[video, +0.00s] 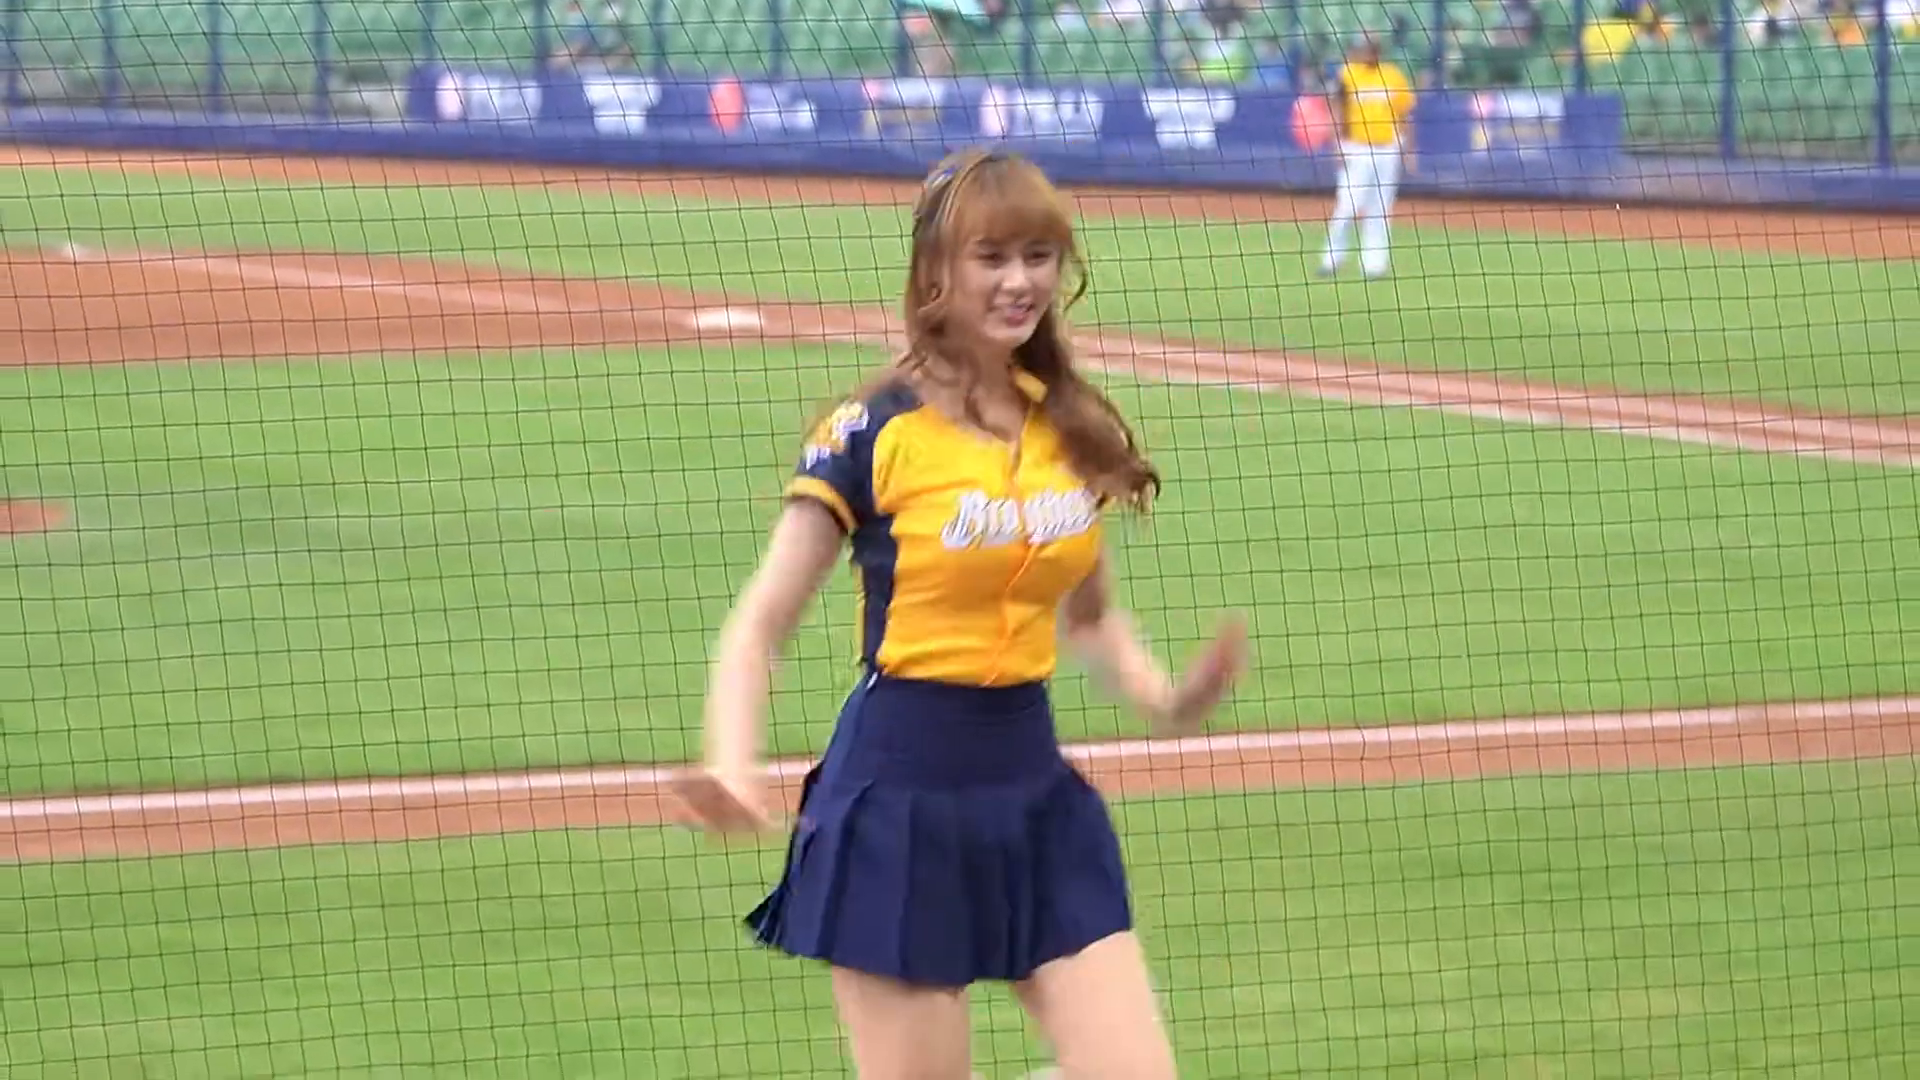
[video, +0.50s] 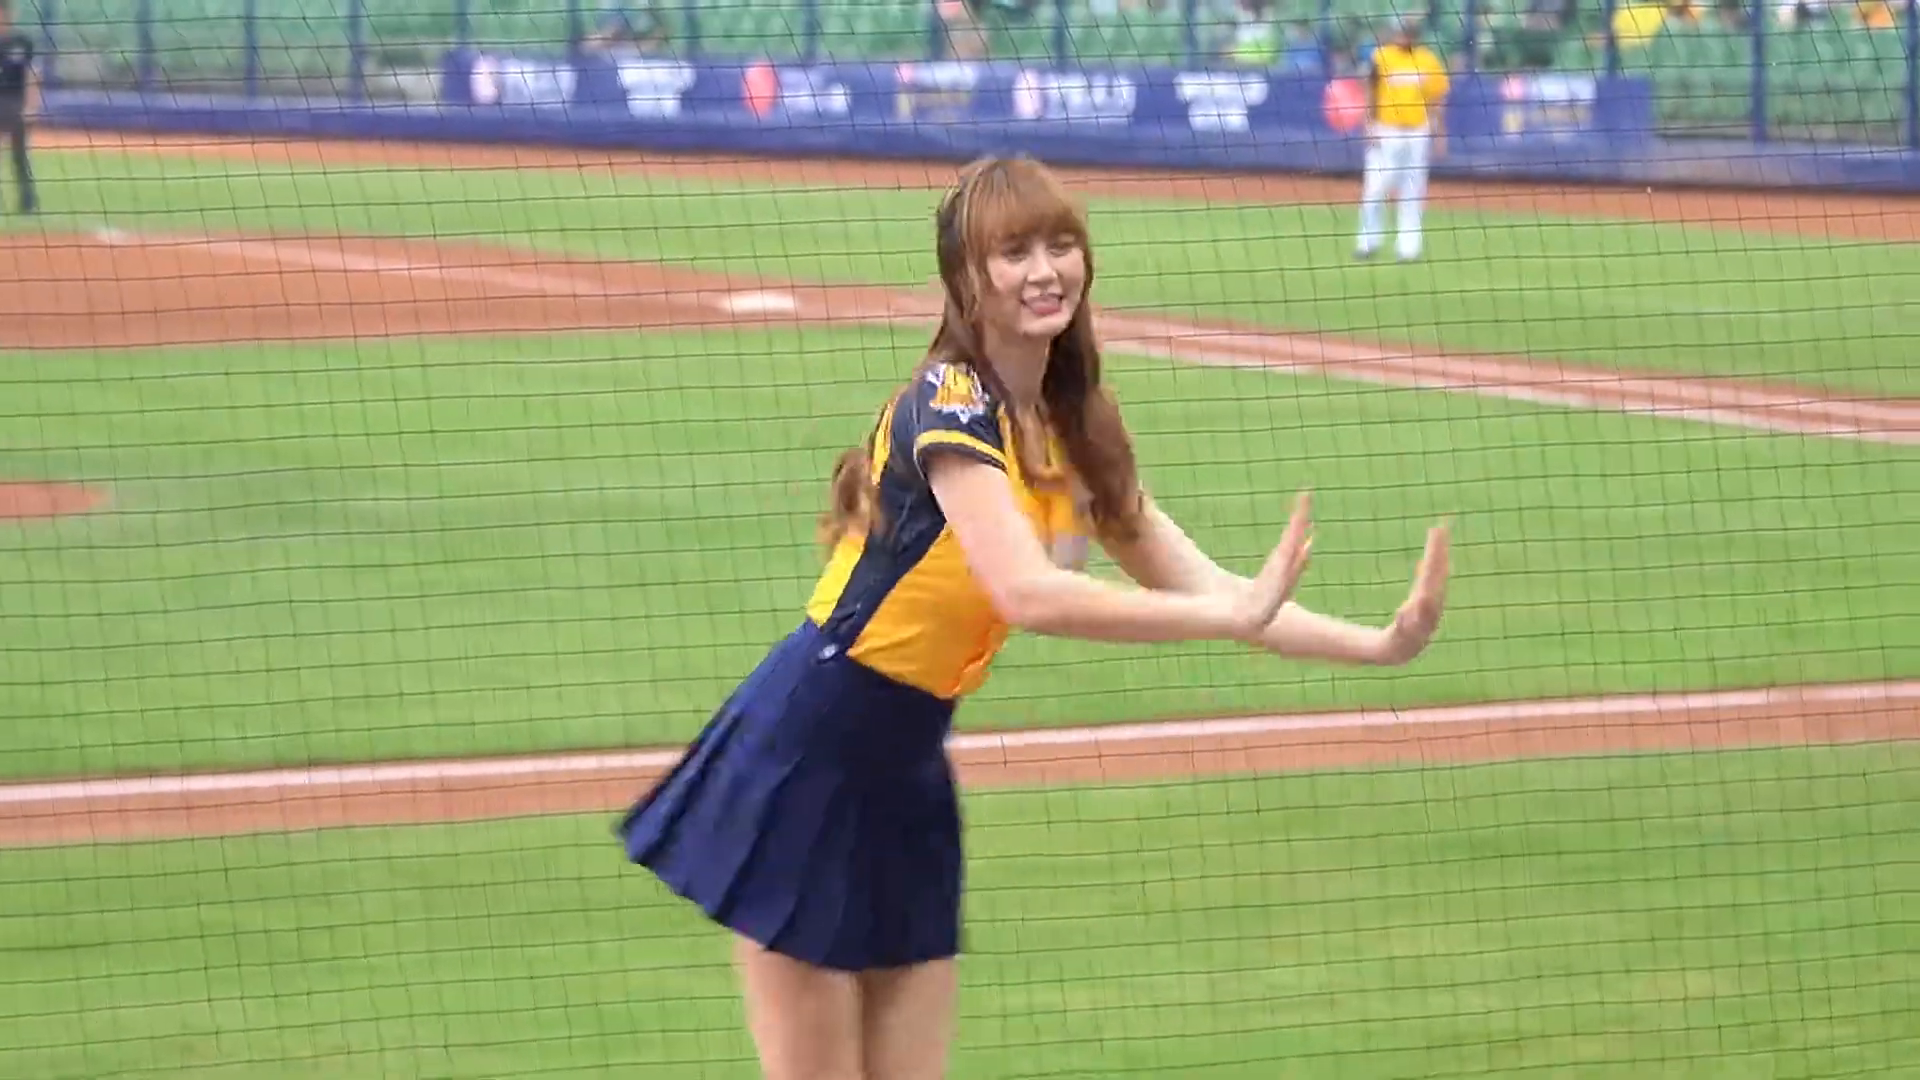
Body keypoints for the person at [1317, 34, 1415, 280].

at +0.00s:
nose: (1369, 55)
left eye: (1373, 49)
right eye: (1364, 50)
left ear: (1379, 51)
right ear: (1356, 51)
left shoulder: (1393, 75)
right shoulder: (1347, 74)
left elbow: (1405, 117)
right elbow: (1336, 109)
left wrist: (1409, 152)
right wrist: (1338, 143)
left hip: (1388, 149)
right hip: (1356, 148)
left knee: (1380, 207)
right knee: (1349, 204)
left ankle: (1375, 261)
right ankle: (1332, 256)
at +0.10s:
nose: (1374, 52)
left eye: (1378, 47)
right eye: (1370, 47)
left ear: (1385, 48)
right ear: (1362, 47)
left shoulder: (1396, 73)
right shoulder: (1350, 71)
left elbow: (1405, 115)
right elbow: (1338, 105)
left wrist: (1409, 149)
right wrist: (1341, 141)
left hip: (1390, 145)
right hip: (1358, 145)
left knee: (1381, 204)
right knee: (1349, 201)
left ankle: (1376, 259)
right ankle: (1334, 253)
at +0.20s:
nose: (1381, 49)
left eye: (1385, 44)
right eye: (1377, 44)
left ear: (1392, 45)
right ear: (1368, 45)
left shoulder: (1404, 71)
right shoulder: (1357, 68)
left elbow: (1413, 113)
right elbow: (1345, 102)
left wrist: (1416, 146)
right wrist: (1348, 137)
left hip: (1397, 143)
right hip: (1365, 142)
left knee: (1388, 202)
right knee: (1356, 199)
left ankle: (1383, 256)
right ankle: (1341, 251)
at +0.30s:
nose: (1387, 45)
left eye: (1391, 40)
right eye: (1383, 40)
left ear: (1399, 42)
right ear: (1375, 41)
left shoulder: (1412, 68)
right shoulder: (1364, 65)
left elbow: (1419, 109)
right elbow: (1350, 98)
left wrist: (1422, 143)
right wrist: (1354, 133)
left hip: (1403, 140)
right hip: (1371, 139)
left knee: (1395, 198)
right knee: (1361, 195)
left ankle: (1390, 252)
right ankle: (1349, 248)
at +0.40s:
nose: (1396, 41)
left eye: (1401, 36)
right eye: (1393, 36)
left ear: (1408, 38)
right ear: (1386, 37)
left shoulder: (1419, 64)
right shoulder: (1373, 61)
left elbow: (1428, 106)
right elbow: (1359, 93)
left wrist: (1431, 140)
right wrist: (1362, 128)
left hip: (1410, 137)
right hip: (1378, 136)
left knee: (1402, 195)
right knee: (1368, 192)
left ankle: (1398, 248)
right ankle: (1357, 244)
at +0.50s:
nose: (1407, 38)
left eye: (1411, 33)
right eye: (1403, 32)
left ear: (1418, 35)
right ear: (1396, 33)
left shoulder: (1428, 60)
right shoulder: (1381, 57)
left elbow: (1436, 101)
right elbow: (1371, 91)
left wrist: (1439, 135)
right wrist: (1370, 123)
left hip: (1418, 132)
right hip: (1385, 131)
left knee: (1413, 189)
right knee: (1375, 187)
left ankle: (1409, 243)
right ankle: (1368, 238)